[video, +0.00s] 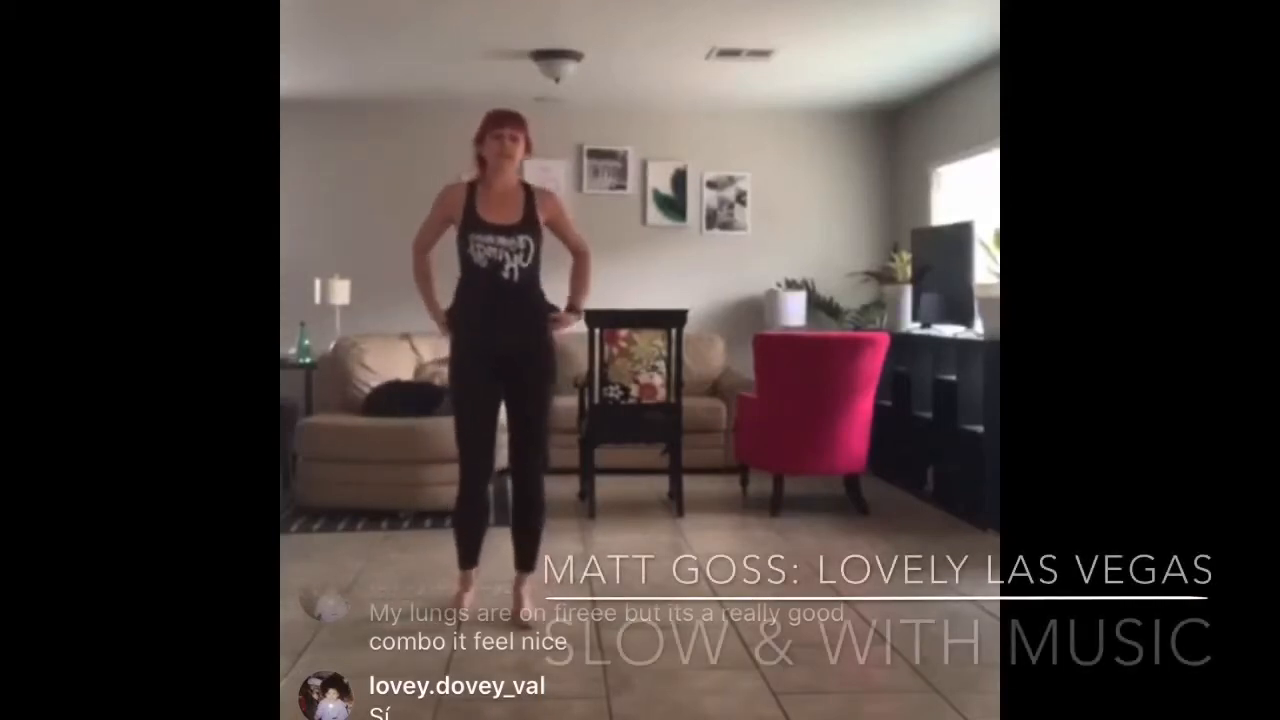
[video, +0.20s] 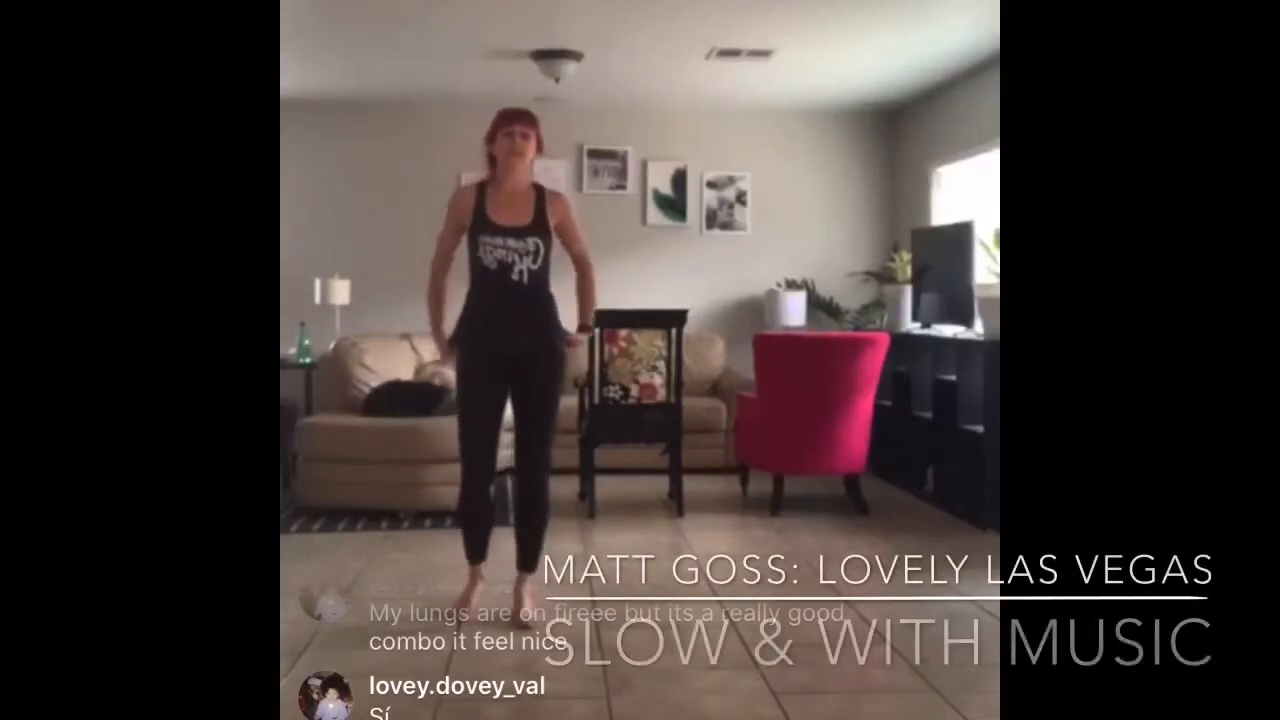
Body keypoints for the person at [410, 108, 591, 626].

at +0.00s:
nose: (504, 145)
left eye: (513, 139)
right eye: (496, 137)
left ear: (525, 151)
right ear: (480, 147)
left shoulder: (543, 203)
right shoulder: (457, 198)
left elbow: (581, 251)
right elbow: (422, 249)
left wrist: (573, 310)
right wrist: (438, 313)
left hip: (530, 336)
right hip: (473, 334)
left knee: (528, 464)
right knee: (475, 465)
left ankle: (525, 581)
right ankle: (467, 578)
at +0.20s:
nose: (516, 142)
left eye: (524, 136)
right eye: (507, 134)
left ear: (537, 150)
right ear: (491, 146)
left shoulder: (554, 203)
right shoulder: (469, 199)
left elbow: (583, 264)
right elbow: (440, 267)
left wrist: (584, 326)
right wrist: (440, 335)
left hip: (539, 342)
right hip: (480, 340)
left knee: (533, 465)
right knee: (477, 464)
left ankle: (527, 581)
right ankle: (476, 574)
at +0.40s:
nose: (521, 139)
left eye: (531, 134)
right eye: (513, 132)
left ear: (543, 149)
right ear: (496, 144)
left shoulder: (558, 206)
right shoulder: (472, 201)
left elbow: (589, 273)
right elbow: (440, 270)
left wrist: (590, 328)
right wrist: (436, 327)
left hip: (541, 343)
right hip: (483, 342)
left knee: (534, 464)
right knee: (487, 464)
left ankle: (527, 581)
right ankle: (484, 578)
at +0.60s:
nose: (524, 141)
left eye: (533, 135)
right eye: (515, 133)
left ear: (545, 149)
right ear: (499, 144)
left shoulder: (559, 210)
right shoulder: (472, 201)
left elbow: (571, 292)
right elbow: (446, 284)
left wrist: (557, 282)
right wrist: (489, 280)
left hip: (541, 345)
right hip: (485, 344)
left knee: (533, 467)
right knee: (489, 467)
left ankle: (527, 582)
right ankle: (486, 582)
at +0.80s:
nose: (523, 142)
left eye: (532, 136)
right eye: (515, 134)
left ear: (545, 149)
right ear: (497, 143)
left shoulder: (555, 207)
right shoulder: (472, 200)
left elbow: (564, 290)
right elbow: (452, 280)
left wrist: (552, 238)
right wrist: (476, 215)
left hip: (537, 344)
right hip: (481, 343)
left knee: (531, 468)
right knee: (486, 467)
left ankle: (526, 583)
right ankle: (485, 584)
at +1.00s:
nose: (519, 139)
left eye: (529, 134)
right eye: (511, 131)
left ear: (542, 149)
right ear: (495, 141)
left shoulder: (555, 209)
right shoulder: (466, 201)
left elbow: (570, 293)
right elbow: (446, 284)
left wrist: (543, 249)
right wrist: (472, 236)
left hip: (535, 347)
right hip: (479, 346)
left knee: (529, 469)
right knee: (485, 469)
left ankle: (525, 583)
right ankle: (485, 584)